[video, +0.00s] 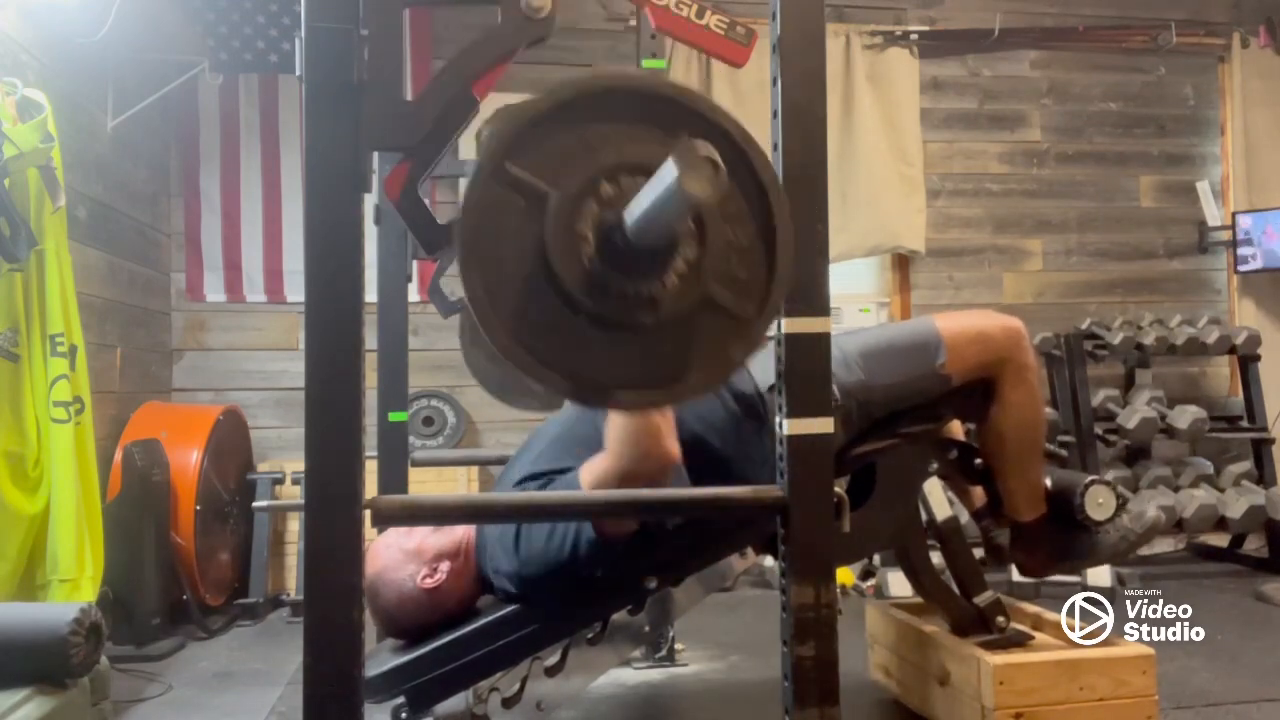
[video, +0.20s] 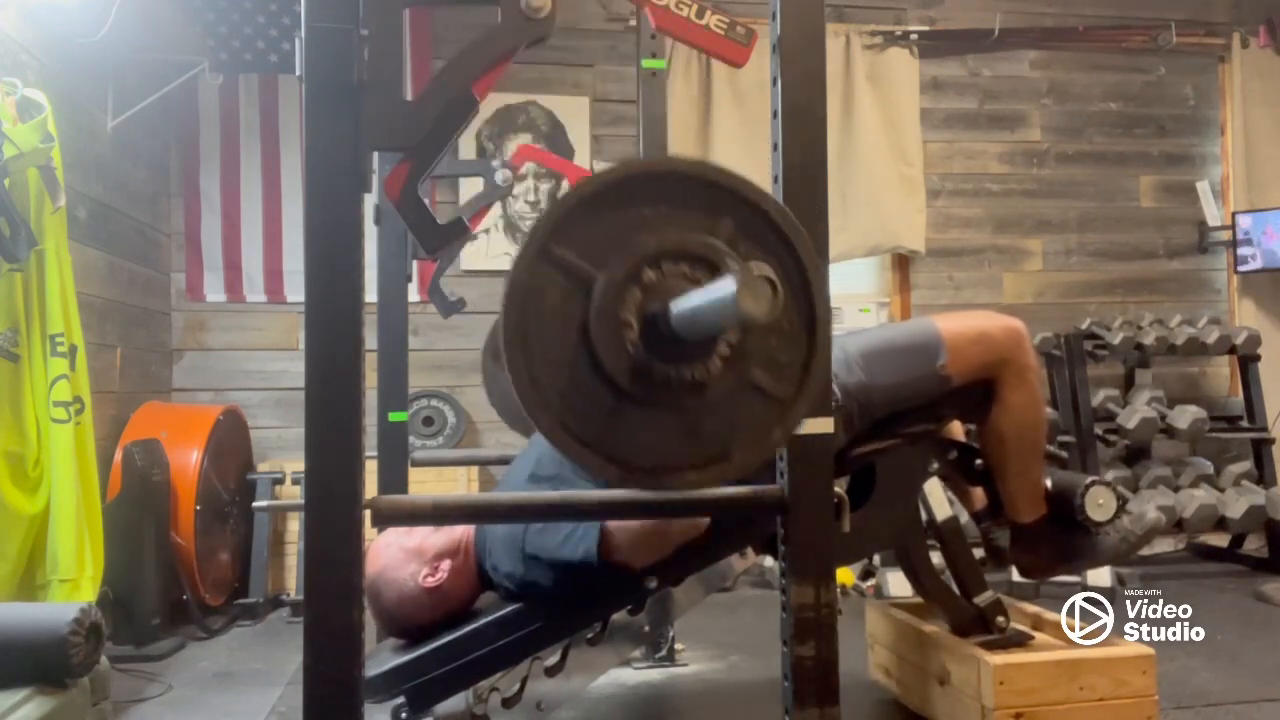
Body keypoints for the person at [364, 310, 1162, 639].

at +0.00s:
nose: (417, 532)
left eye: (399, 535)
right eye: (415, 551)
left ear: (426, 542)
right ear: (446, 580)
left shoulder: (496, 497)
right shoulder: (525, 549)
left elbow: (621, 427)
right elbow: (649, 457)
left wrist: (595, 308)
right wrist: (619, 319)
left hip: (745, 374)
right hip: (769, 427)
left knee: (944, 322)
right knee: (1004, 341)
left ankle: (978, 474)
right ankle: (1031, 527)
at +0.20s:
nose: (418, 531)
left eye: (400, 535)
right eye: (416, 550)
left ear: (425, 541)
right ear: (447, 578)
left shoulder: (500, 487)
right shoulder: (525, 544)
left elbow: (577, 424)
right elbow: (655, 529)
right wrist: (680, 396)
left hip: (708, 403)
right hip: (750, 446)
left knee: (945, 328)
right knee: (1003, 342)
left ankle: (989, 478)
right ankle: (1032, 525)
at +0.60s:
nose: (424, 532)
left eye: (406, 536)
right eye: (421, 549)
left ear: (427, 546)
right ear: (448, 577)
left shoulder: (492, 503)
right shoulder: (530, 548)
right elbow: (678, 541)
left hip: (698, 413)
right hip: (755, 443)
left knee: (939, 326)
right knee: (1007, 343)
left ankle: (987, 483)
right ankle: (1033, 528)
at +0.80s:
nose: (421, 533)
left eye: (403, 536)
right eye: (418, 551)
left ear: (427, 541)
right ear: (447, 578)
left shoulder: (500, 496)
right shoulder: (530, 551)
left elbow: (594, 410)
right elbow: (656, 484)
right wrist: (656, 362)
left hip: (734, 384)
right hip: (761, 433)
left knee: (958, 330)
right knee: (1007, 343)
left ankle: (986, 482)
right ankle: (1032, 526)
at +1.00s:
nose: (417, 532)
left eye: (399, 535)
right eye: (413, 551)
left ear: (428, 543)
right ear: (444, 580)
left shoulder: (504, 495)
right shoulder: (531, 556)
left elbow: (571, 402)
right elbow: (617, 420)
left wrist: (555, 269)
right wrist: (592, 266)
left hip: (749, 370)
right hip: (776, 426)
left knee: (958, 330)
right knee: (1008, 343)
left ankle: (980, 477)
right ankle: (1032, 526)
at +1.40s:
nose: (418, 530)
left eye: (402, 533)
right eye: (412, 548)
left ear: (431, 548)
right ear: (443, 582)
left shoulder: (506, 497)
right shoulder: (529, 565)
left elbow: (554, 382)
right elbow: (574, 402)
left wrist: (548, 230)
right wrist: (568, 237)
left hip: (748, 372)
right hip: (772, 428)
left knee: (951, 328)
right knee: (1001, 337)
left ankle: (973, 468)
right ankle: (1032, 522)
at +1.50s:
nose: (417, 529)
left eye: (401, 532)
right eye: (413, 547)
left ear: (430, 549)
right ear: (444, 581)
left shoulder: (502, 497)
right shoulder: (529, 562)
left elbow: (549, 378)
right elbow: (584, 401)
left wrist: (547, 219)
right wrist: (580, 232)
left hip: (742, 374)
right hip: (767, 426)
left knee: (939, 324)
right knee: (999, 335)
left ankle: (971, 468)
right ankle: (1031, 520)